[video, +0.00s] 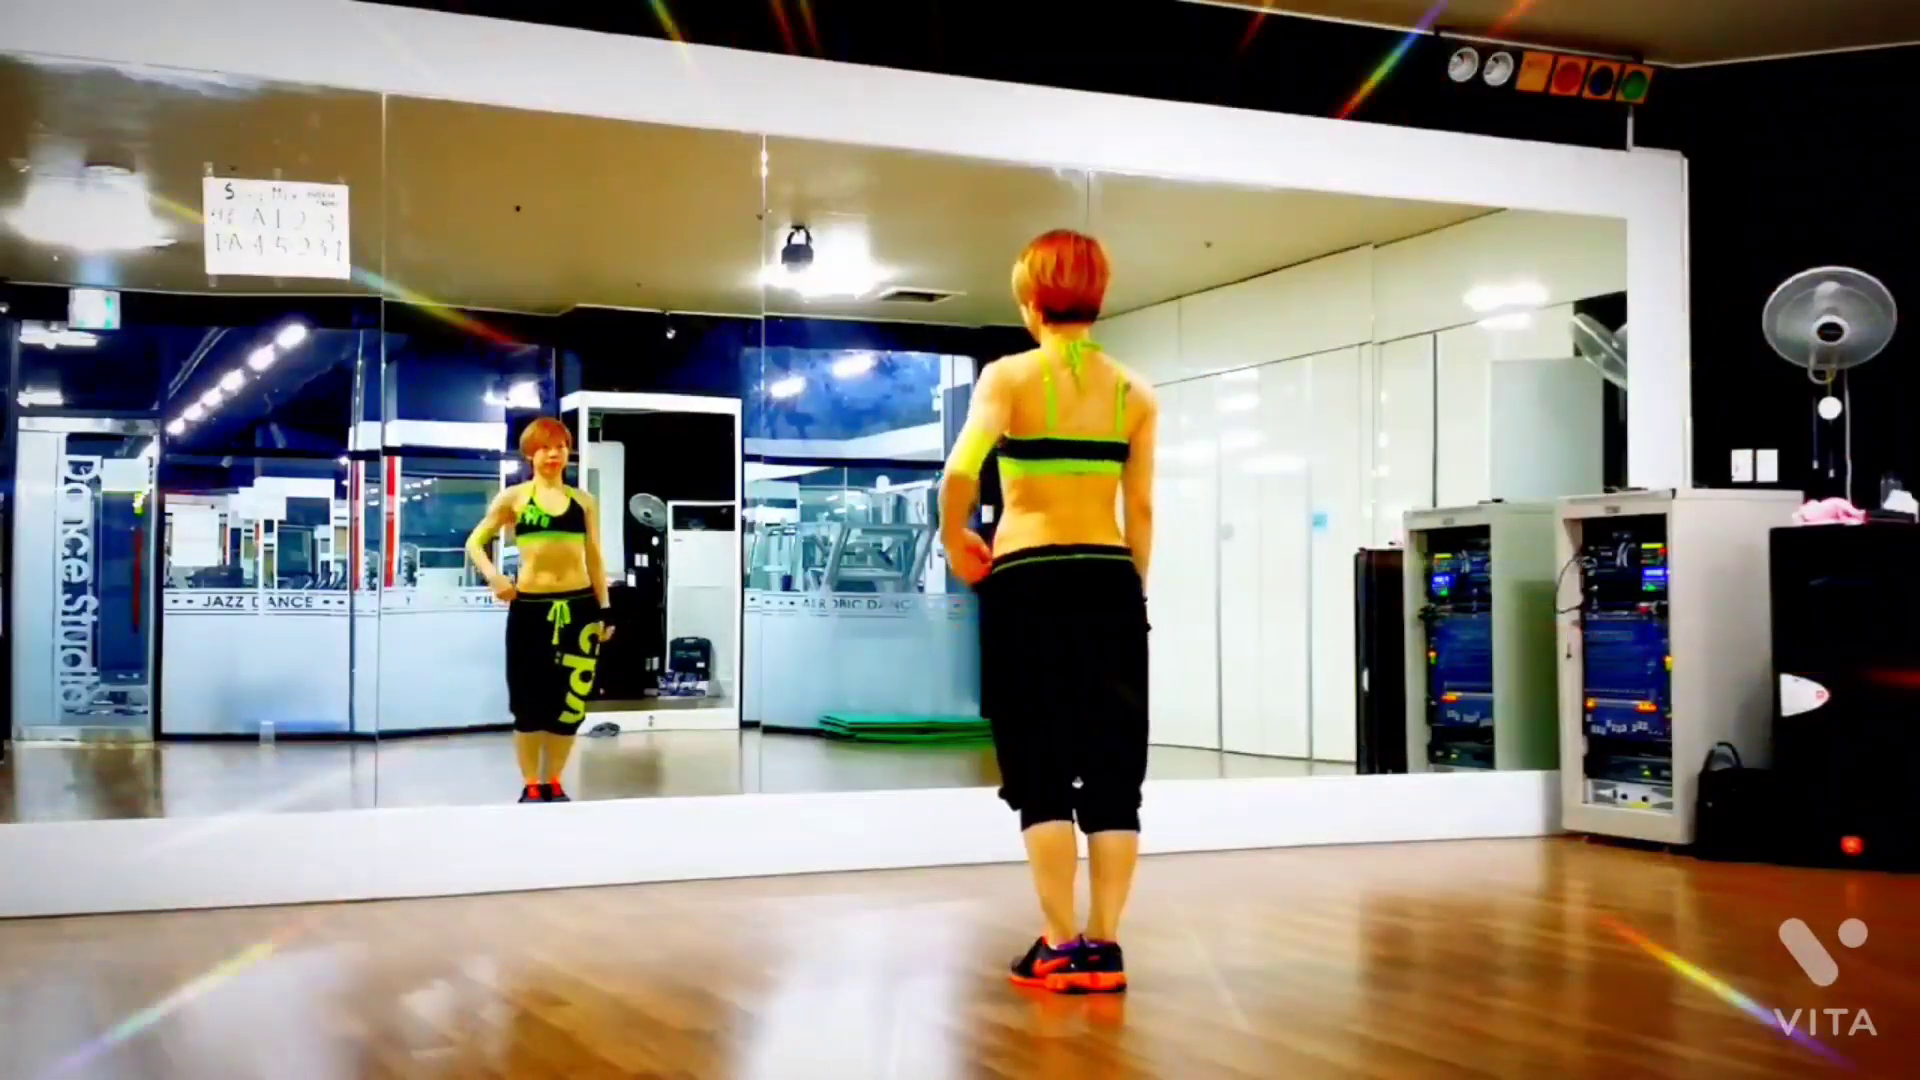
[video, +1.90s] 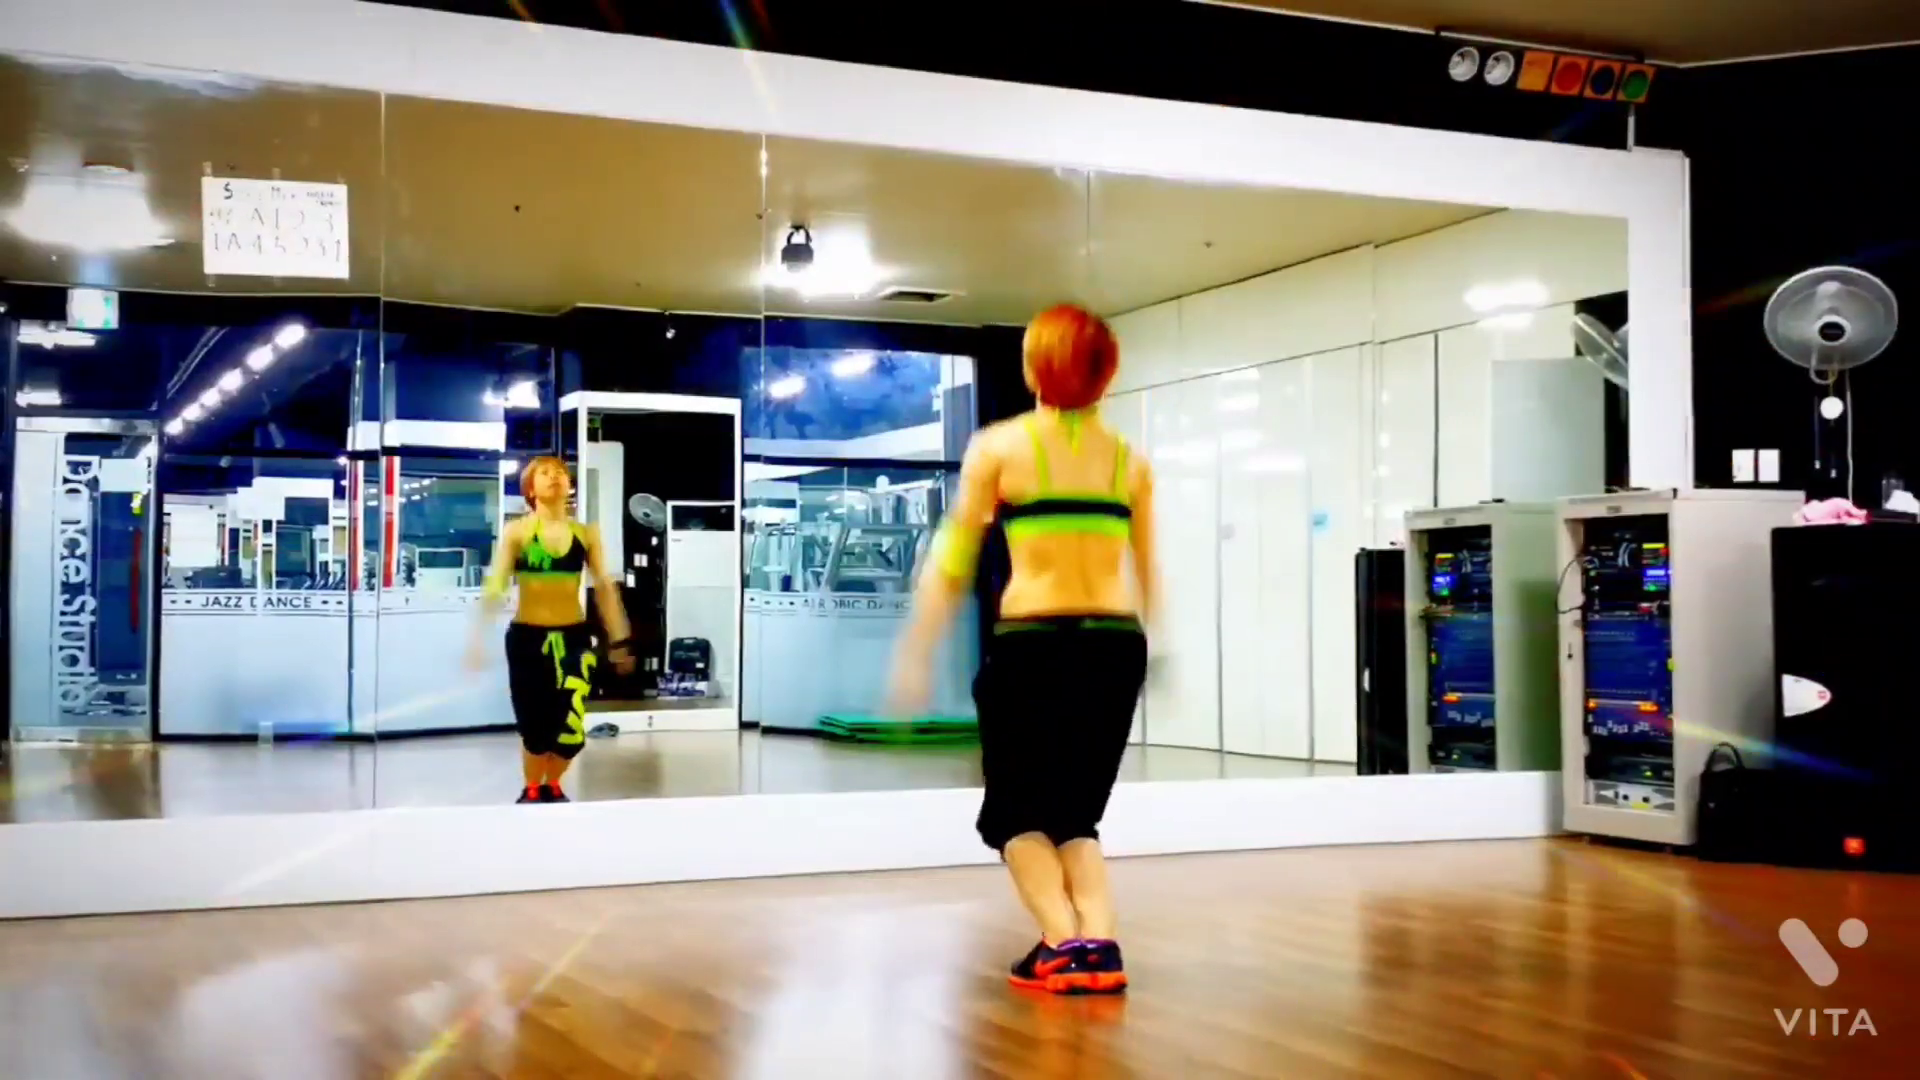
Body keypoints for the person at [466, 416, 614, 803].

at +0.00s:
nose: (552, 455)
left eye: (558, 448)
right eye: (544, 448)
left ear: (568, 454)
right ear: (530, 455)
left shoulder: (584, 501)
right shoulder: (514, 497)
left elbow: (595, 559)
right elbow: (475, 543)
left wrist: (604, 609)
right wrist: (496, 579)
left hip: (579, 606)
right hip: (531, 607)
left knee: (571, 701)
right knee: (530, 702)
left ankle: (552, 782)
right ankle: (532, 784)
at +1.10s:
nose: (560, 465)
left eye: (566, 457)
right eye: (551, 459)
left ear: (573, 458)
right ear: (535, 461)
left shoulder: (586, 496)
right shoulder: (519, 496)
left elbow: (611, 531)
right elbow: (525, 545)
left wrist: (577, 542)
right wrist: (557, 585)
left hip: (580, 603)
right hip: (533, 604)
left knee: (570, 697)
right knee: (532, 698)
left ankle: (553, 783)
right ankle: (531, 785)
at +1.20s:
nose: (561, 465)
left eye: (566, 458)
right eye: (552, 459)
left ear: (574, 459)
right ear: (537, 461)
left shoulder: (583, 496)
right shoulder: (520, 490)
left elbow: (611, 485)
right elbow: (524, 513)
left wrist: (566, 488)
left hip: (581, 602)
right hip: (533, 602)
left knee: (571, 700)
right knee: (531, 700)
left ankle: (553, 783)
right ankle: (531, 785)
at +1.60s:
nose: (554, 461)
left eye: (559, 454)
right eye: (546, 456)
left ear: (568, 458)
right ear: (531, 463)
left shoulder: (585, 499)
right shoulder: (521, 501)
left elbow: (590, 518)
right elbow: (549, 518)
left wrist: (577, 482)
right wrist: (566, 487)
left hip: (576, 608)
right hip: (530, 609)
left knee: (570, 708)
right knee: (537, 706)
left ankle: (553, 782)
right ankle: (532, 785)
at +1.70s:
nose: (554, 485)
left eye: (559, 478)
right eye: (545, 479)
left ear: (568, 488)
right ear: (531, 493)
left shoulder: (586, 537)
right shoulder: (521, 533)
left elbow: (583, 579)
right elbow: (537, 577)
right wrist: (570, 588)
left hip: (573, 640)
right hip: (529, 641)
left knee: (572, 733)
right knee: (540, 728)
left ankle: (552, 783)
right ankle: (532, 787)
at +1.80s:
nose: (556, 488)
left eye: (561, 483)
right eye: (547, 484)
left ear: (571, 494)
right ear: (532, 498)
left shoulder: (587, 543)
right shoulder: (519, 542)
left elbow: (591, 596)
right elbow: (521, 602)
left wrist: (589, 638)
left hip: (572, 637)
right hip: (529, 638)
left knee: (573, 729)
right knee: (538, 722)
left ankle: (553, 783)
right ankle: (532, 786)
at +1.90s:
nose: (554, 478)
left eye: (560, 472)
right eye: (545, 473)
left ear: (569, 484)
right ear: (531, 487)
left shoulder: (586, 534)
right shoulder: (516, 531)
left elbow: (604, 587)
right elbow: (494, 589)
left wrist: (619, 639)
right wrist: (479, 641)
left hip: (574, 637)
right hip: (528, 637)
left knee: (572, 730)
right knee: (536, 725)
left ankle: (551, 784)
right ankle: (531, 789)